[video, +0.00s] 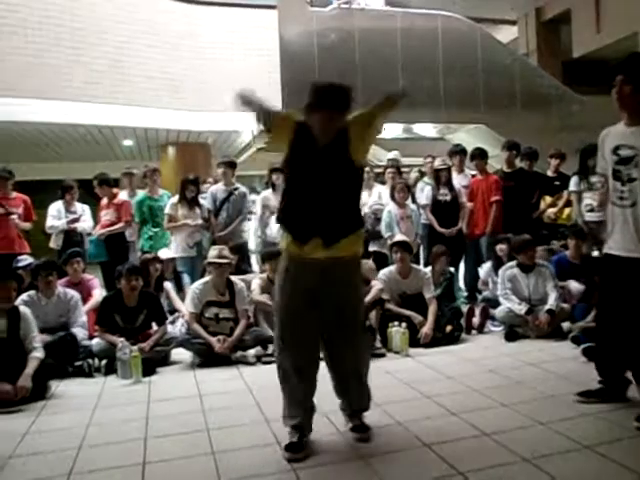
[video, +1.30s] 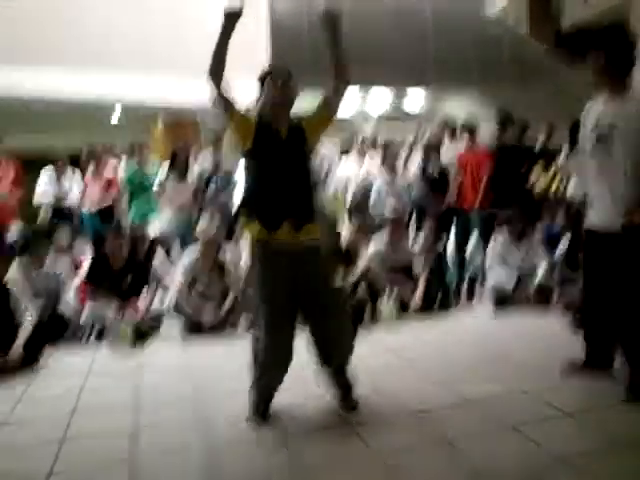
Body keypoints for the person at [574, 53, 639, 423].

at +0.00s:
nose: (619, 94)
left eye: (625, 87)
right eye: (616, 87)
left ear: (639, 92)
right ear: (615, 93)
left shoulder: (635, 135)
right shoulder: (608, 136)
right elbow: (604, 182)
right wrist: (598, 210)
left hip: (636, 248)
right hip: (616, 246)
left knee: (637, 325)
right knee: (609, 320)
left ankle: (638, 393)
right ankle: (613, 383)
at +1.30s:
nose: (597, 71)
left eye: (603, 63)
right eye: (595, 63)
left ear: (619, 64)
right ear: (597, 67)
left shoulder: (632, 109)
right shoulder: (593, 109)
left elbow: (633, 164)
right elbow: (584, 158)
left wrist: (634, 207)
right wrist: (574, 196)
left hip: (625, 218)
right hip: (594, 216)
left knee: (629, 299)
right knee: (595, 293)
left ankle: (635, 366)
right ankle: (596, 355)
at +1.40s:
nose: (584, 143)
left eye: (589, 135)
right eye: (583, 135)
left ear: (607, 137)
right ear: (587, 139)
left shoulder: (629, 180)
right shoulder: (585, 179)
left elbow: (634, 233)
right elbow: (579, 226)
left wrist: (632, 276)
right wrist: (577, 262)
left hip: (623, 288)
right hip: (592, 286)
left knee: (628, 367)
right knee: (598, 364)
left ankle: (637, 433)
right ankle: (606, 429)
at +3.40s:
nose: (558, 130)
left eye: (564, 124)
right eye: (557, 125)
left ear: (584, 129)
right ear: (558, 131)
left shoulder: (605, 165)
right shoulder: (562, 176)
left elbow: (628, 212)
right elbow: (563, 221)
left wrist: (616, 258)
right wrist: (561, 257)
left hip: (601, 276)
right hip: (571, 276)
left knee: (606, 345)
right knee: (577, 345)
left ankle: (620, 411)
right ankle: (596, 408)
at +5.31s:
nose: (564, 125)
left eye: (569, 119)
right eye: (564, 119)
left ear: (587, 122)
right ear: (577, 126)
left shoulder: (616, 163)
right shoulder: (571, 172)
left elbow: (637, 213)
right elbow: (568, 220)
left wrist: (634, 264)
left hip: (616, 279)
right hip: (584, 278)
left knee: (623, 353)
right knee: (588, 350)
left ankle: (639, 427)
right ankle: (601, 412)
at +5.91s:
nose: (600, 120)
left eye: (606, 112)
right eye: (600, 113)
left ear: (625, 115)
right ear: (608, 116)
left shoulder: (638, 158)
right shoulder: (605, 161)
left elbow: (638, 220)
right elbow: (604, 214)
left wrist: (638, 267)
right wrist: (586, 222)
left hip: (633, 278)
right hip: (606, 275)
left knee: (634, 359)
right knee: (602, 348)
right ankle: (605, 415)